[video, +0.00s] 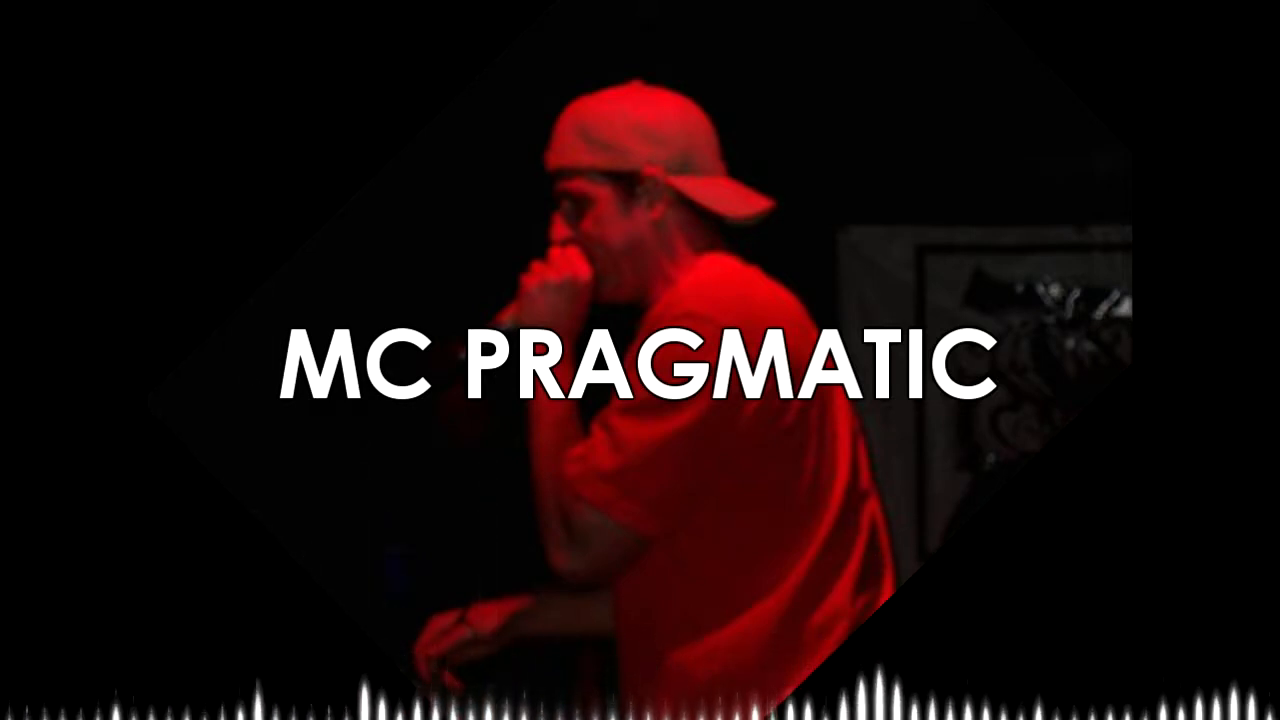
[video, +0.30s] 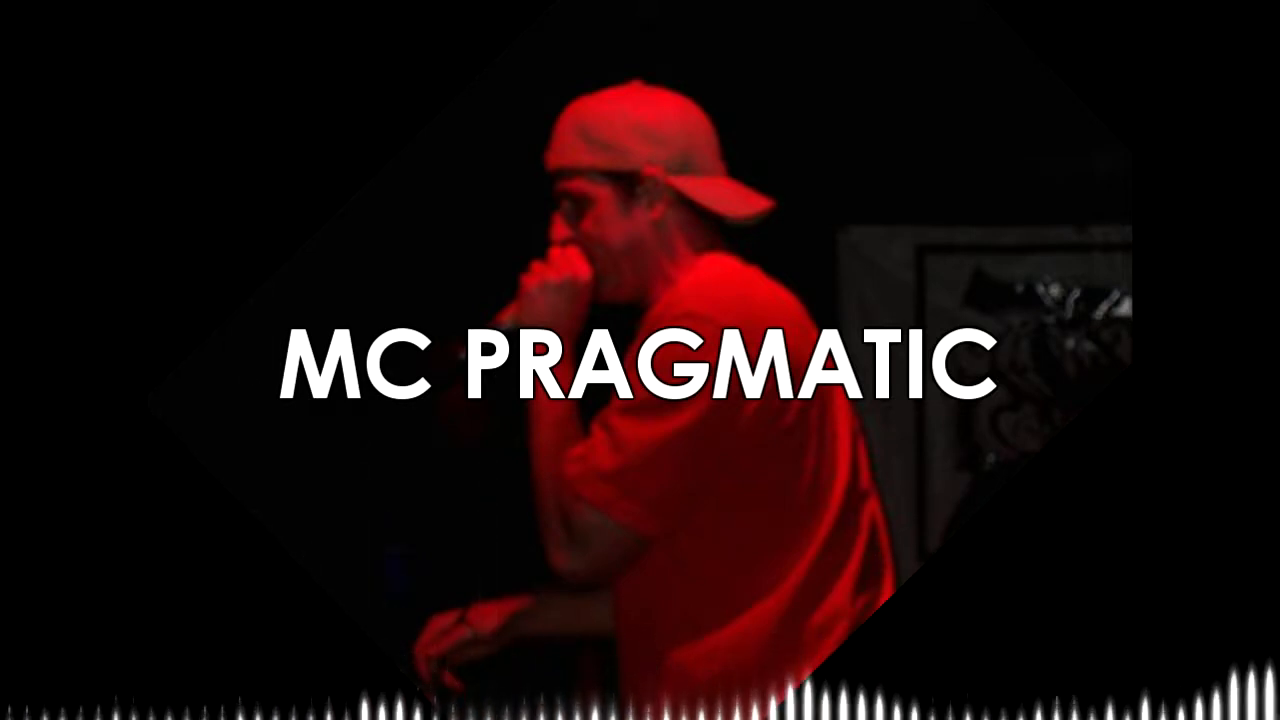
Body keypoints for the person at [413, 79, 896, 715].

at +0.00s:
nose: (560, 234)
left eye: (577, 206)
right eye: (559, 209)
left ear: (652, 198)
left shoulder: (707, 313)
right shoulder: (744, 303)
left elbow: (577, 544)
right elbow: (697, 581)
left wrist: (545, 347)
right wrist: (518, 620)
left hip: (738, 705)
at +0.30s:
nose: (560, 233)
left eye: (577, 206)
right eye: (560, 209)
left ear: (652, 199)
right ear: (650, 201)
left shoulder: (706, 313)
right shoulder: (747, 303)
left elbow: (578, 544)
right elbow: (699, 578)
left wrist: (546, 347)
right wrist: (518, 620)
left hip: (731, 706)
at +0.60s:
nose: (560, 233)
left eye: (577, 206)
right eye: (560, 209)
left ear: (652, 198)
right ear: (649, 200)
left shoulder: (706, 314)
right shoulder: (746, 303)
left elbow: (577, 544)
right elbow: (700, 578)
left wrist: (546, 347)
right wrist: (518, 620)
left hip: (734, 704)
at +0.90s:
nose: (559, 234)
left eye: (576, 207)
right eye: (559, 209)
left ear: (652, 200)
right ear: (649, 203)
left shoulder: (706, 313)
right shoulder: (748, 304)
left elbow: (578, 543)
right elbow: (699, 578)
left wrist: (545, 347)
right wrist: (521, 619)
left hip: (739, 704)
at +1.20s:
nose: (559, 234)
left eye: (576, 207)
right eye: (559, 209)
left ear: (653, 200)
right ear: (649, 203)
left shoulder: (706, 314)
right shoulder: (751, 304)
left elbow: (578, 542)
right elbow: (702, 576)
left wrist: (545, 347)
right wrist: (522, 620)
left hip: (725, 704)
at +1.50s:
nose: (559, 234)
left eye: (577, 207)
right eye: (560, 210)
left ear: (653, 199)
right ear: (650, 201)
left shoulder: (707, 313)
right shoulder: (745, 303)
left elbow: (579, 543)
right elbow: (691, 578)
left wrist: (545, 349)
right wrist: (515, 620)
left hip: (738, 706)